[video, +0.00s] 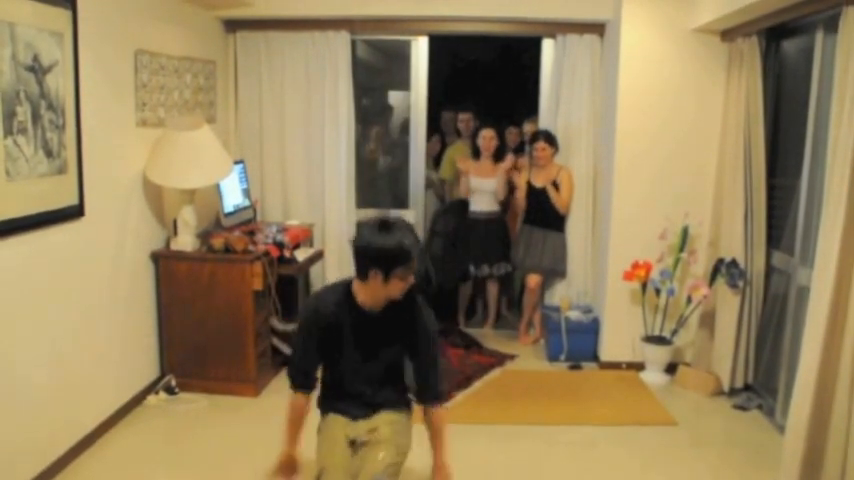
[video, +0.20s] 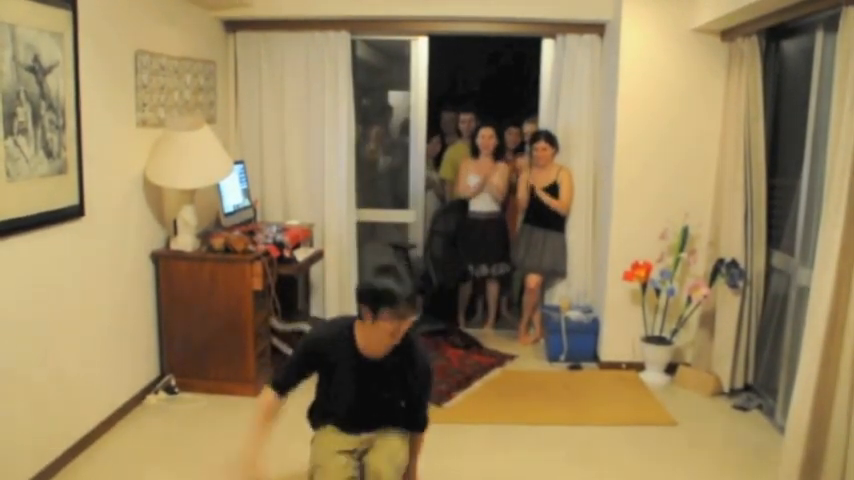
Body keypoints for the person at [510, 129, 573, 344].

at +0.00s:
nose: (539, 154)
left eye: (544, 149)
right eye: (536, 149)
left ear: (553, 151)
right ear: (532, 152)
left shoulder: (563, 174)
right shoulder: (527, 173)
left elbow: (563, 208)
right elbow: (520, 207)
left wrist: (549, 186)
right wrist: (519, 185)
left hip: (551, 232)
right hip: (529, 229)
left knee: (533, 280)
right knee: (534, 284)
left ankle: (523, 324)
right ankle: (538, 328)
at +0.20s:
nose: (539, 154)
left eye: (544, 149)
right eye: (536, 149)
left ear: (554, 151)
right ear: (532, 152)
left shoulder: (562, 173)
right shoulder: (528, 174)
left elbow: (564, 208)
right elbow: (522, 201)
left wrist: (541, 194)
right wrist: (523, 177)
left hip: (551, 231)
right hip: (530, 229)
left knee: (533, 281)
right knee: (533, 284)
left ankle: (523, 325)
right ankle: (538, 328)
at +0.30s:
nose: (539, 154)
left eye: (544, 149)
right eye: (536, 149)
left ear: (554, 151)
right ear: (532, 152)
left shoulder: (563, 174)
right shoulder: (527, 175)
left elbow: (564, 208)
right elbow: (521, 205)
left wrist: (548, 189)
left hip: (551, 232)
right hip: (530, 229)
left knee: (533, 281)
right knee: (533, 285)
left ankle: (523, 325)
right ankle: (538, 329)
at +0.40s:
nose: (540, 154)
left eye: (544, 149)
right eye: (536, 149)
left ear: (554, 151)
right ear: (532, 152)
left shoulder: (562, 174)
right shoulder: (527, 173)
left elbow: (563, 208)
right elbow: (520, 207)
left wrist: (555, 188)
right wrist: (517, 186)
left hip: (551, 232)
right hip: (530, 229)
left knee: (533, 281)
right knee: (535, 284)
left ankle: (523, 325)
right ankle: (538, 328)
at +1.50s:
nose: (541, 141)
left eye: (546, 136)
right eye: (537, 136)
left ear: (555, 138)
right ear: (533, 139)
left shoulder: (563, 162)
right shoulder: (526, 162)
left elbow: (563, 195)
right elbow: (520, 193)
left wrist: (556, 172)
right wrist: (518, 170)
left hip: (553, 221)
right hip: (530, 217)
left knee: (543, 269)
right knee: (529, 267)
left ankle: (533, 314)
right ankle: (533, 313)